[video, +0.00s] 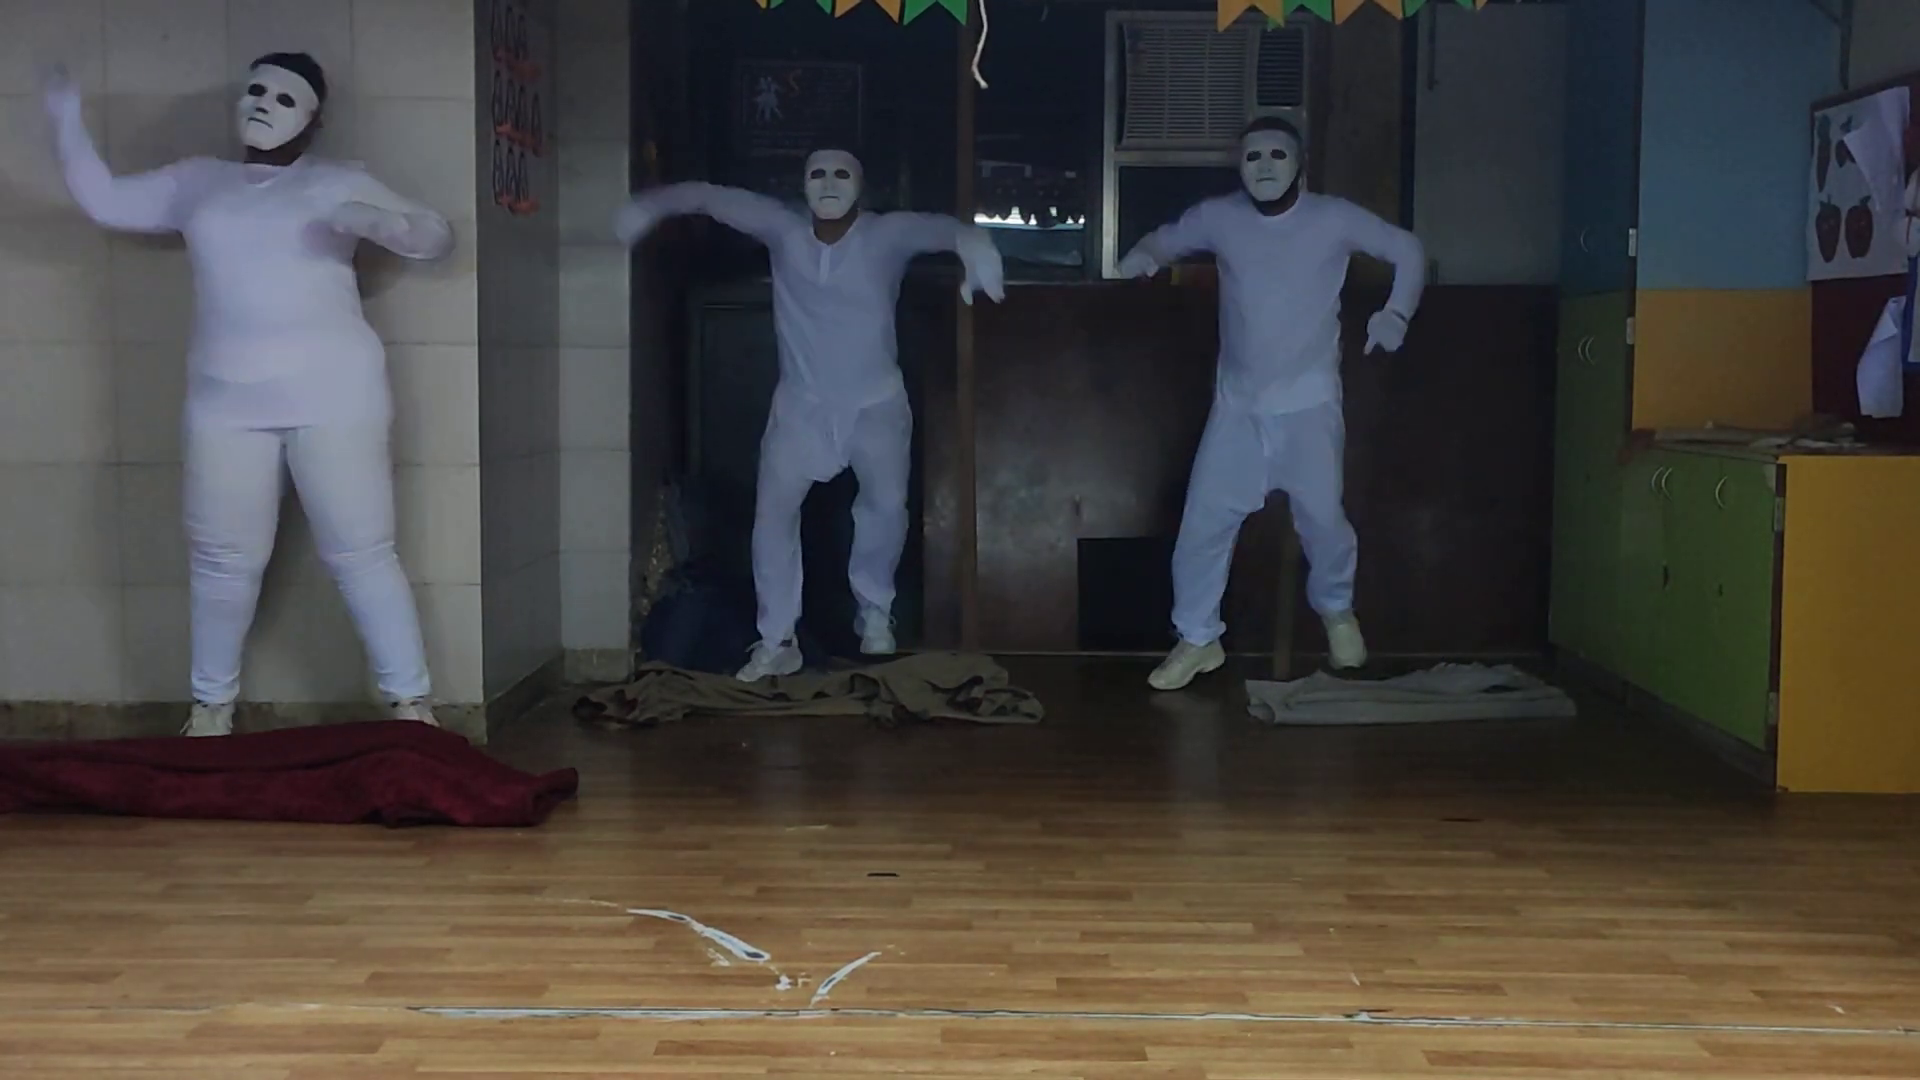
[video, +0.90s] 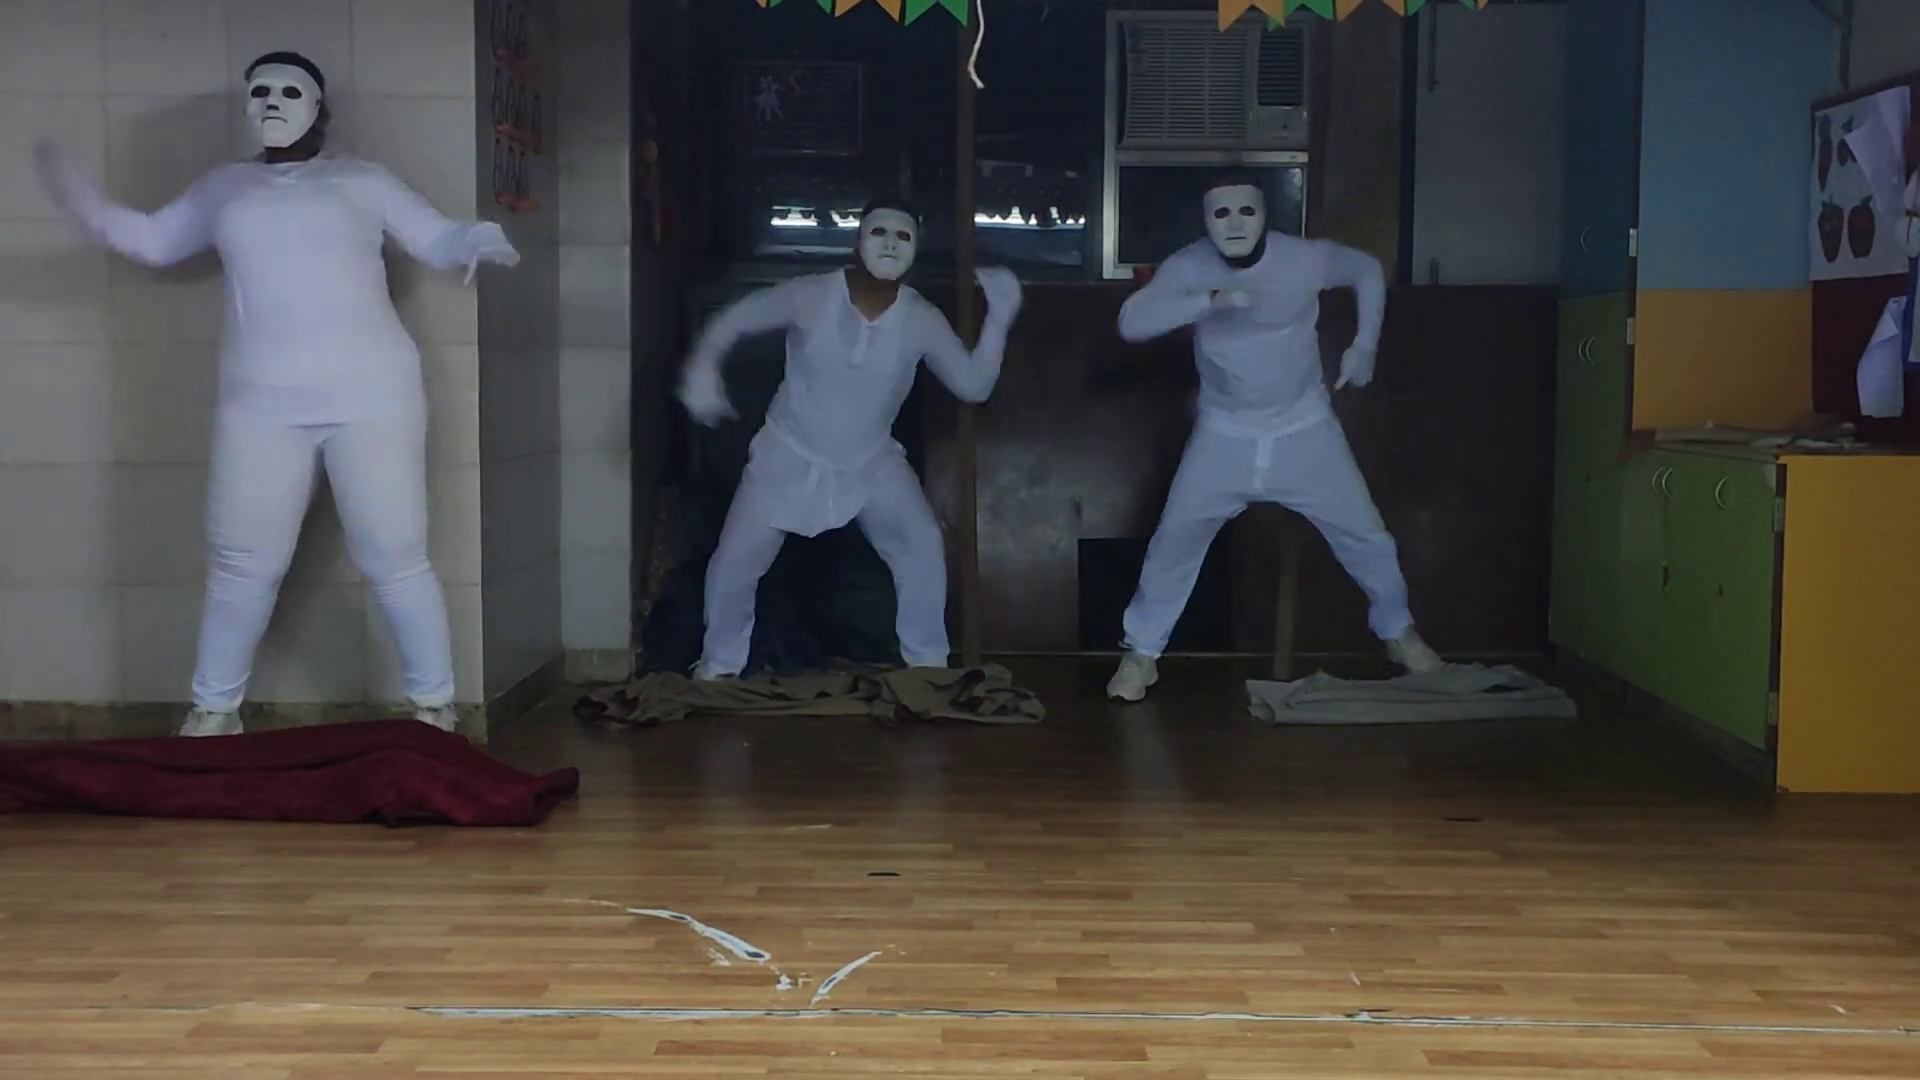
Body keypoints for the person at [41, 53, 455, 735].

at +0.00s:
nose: (265, 106)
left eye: (285, 100)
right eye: (256, 93)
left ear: (311, 118)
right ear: (238, 103)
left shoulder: (337, 183)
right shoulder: (198, 183)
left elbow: (434, 241)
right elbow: (104, 200)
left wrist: (387, 219)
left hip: (333, 398)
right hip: (227, 401)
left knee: (362, 553)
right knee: (222, 560)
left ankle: (411, 708)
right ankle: (210, 711)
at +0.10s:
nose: (303, 129)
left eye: (324, 126)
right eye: (297, 112)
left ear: (342, 148)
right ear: (277, 116)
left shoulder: (358, 207)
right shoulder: (215, 191)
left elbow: (439, 259)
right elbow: (119, 130)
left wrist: (468, 274)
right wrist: (73, 42)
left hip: (364, 405)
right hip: (263, 413)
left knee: (391, 559)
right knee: (239, 568)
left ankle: (434, 711)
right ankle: (243, 708)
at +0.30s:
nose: (301, 132)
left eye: (320, 120)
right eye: (289, 118)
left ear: (348, 135)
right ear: (275, 128)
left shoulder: (383, 219)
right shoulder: (247, 205)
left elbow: (438, 302)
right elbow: (143, 181)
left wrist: (451, 329)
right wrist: (145, 80)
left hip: (388, 421)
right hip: (281, 427)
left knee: (405, 573)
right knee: (247, 566)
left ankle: (433, 715)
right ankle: (261, 706)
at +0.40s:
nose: (297, 108)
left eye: (312, 96)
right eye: (283, 98)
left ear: (341, 107)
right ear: (269, 112)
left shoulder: (384, 194)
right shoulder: (241, 188)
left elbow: (465, 261)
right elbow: (167, 247)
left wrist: (484, 192)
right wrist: (154, 210)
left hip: (373, 404)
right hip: (265, 403)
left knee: (393, 557)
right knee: (225, 547)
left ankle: (434, 714)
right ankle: (235, 702)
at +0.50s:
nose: (283, 106)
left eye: (298, 94)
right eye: (270, 98)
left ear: (328, 107)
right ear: (258, 117)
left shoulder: (381, 187)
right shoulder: (238, 194)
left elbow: (492, 190)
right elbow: (188, 283)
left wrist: (502, 94)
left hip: (345, 403)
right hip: (235, 399)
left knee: (379, 560)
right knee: (216, 557)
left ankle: (430, 712)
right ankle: (206, 711)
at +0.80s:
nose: (264, 121)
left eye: (279, 110)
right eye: (251, 112)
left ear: (308, 120)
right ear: (237, 127)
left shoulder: (360, 193)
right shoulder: (222, 214)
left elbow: (447, 199)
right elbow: (154, 281)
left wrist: (495, 181)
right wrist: (88, 334)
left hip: (338, 418)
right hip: (229, 418)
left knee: (369, 569)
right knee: (216, 569)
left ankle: (431, 711)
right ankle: (208, 718)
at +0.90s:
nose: (273, 107)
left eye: (290, 95)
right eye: (261, 96)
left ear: (319, 107)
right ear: (247, 109)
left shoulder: (365, 182)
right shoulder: (224, 188)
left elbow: (433, 238)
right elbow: (154, 240)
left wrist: (473, 241)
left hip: (372, 398)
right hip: (262, 403)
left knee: (396, 559)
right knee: (241, 563)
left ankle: (434, 712)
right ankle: (213, 714)